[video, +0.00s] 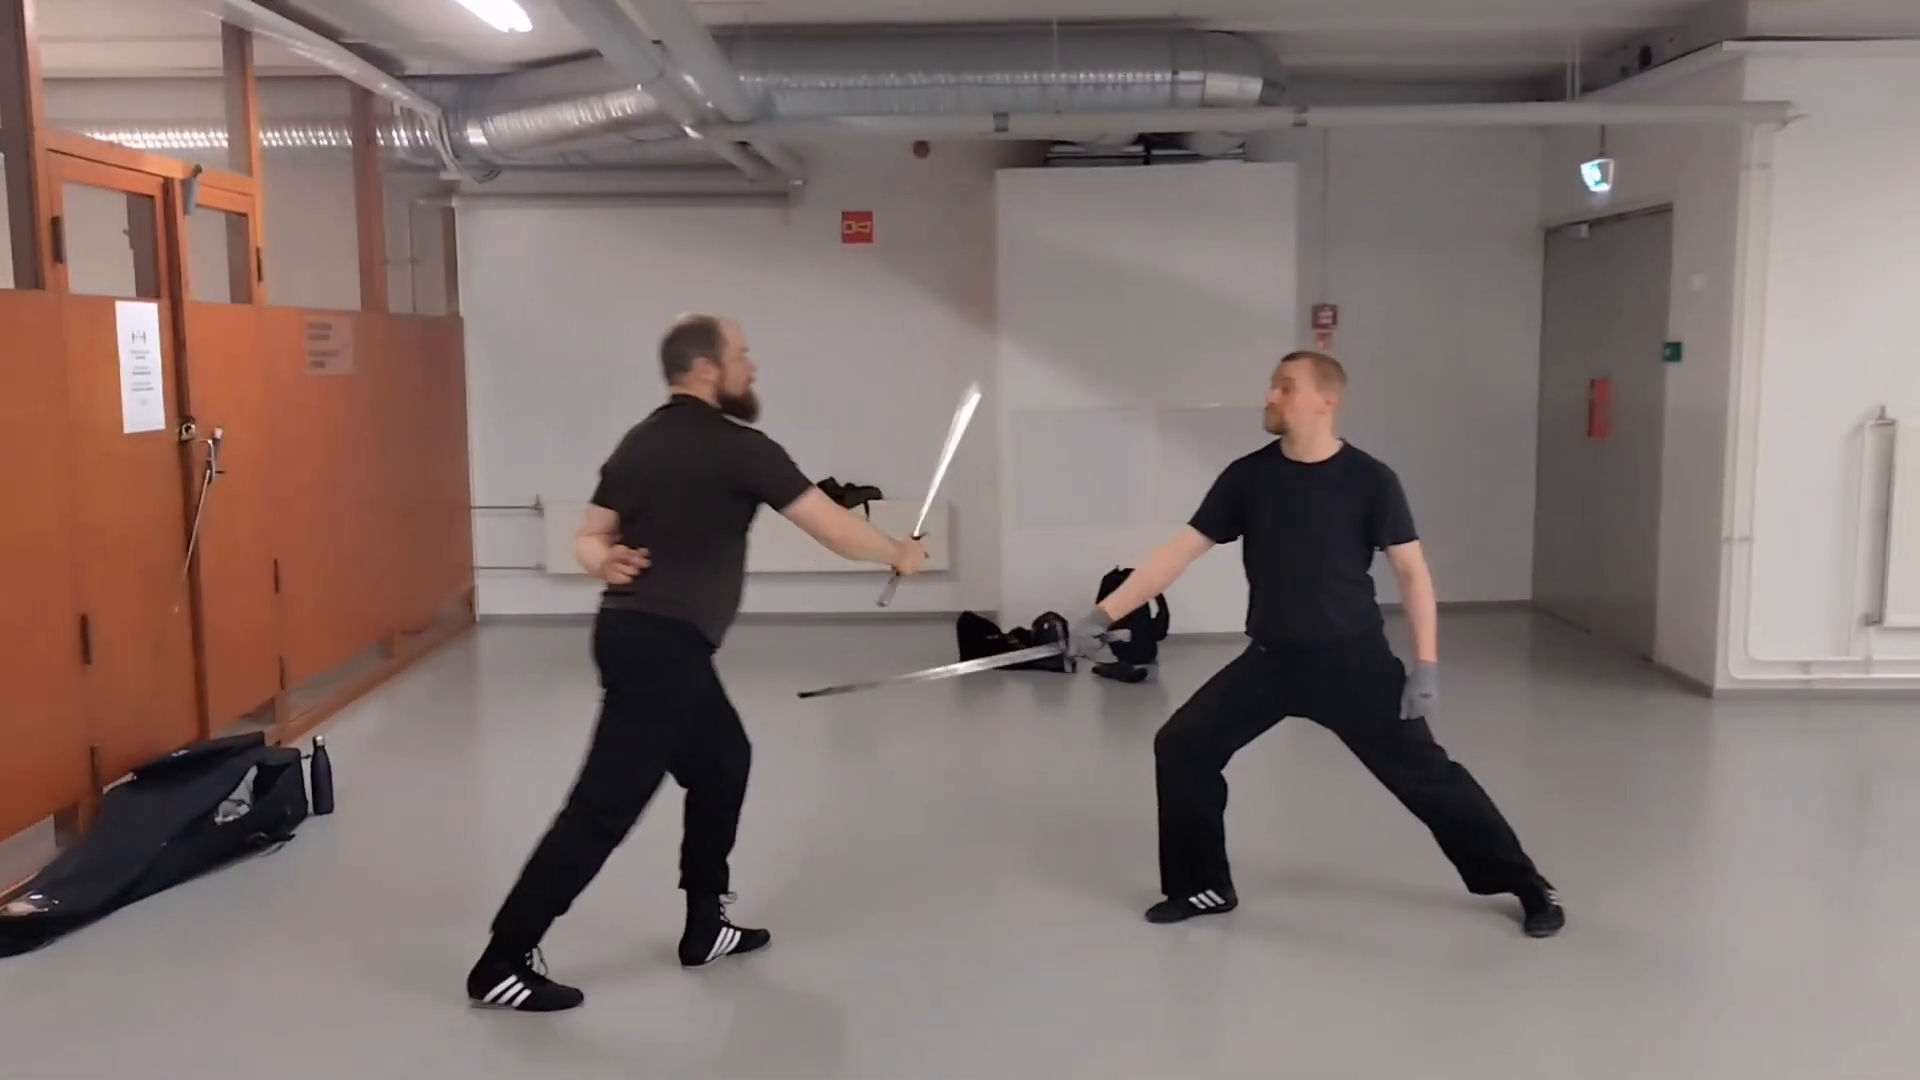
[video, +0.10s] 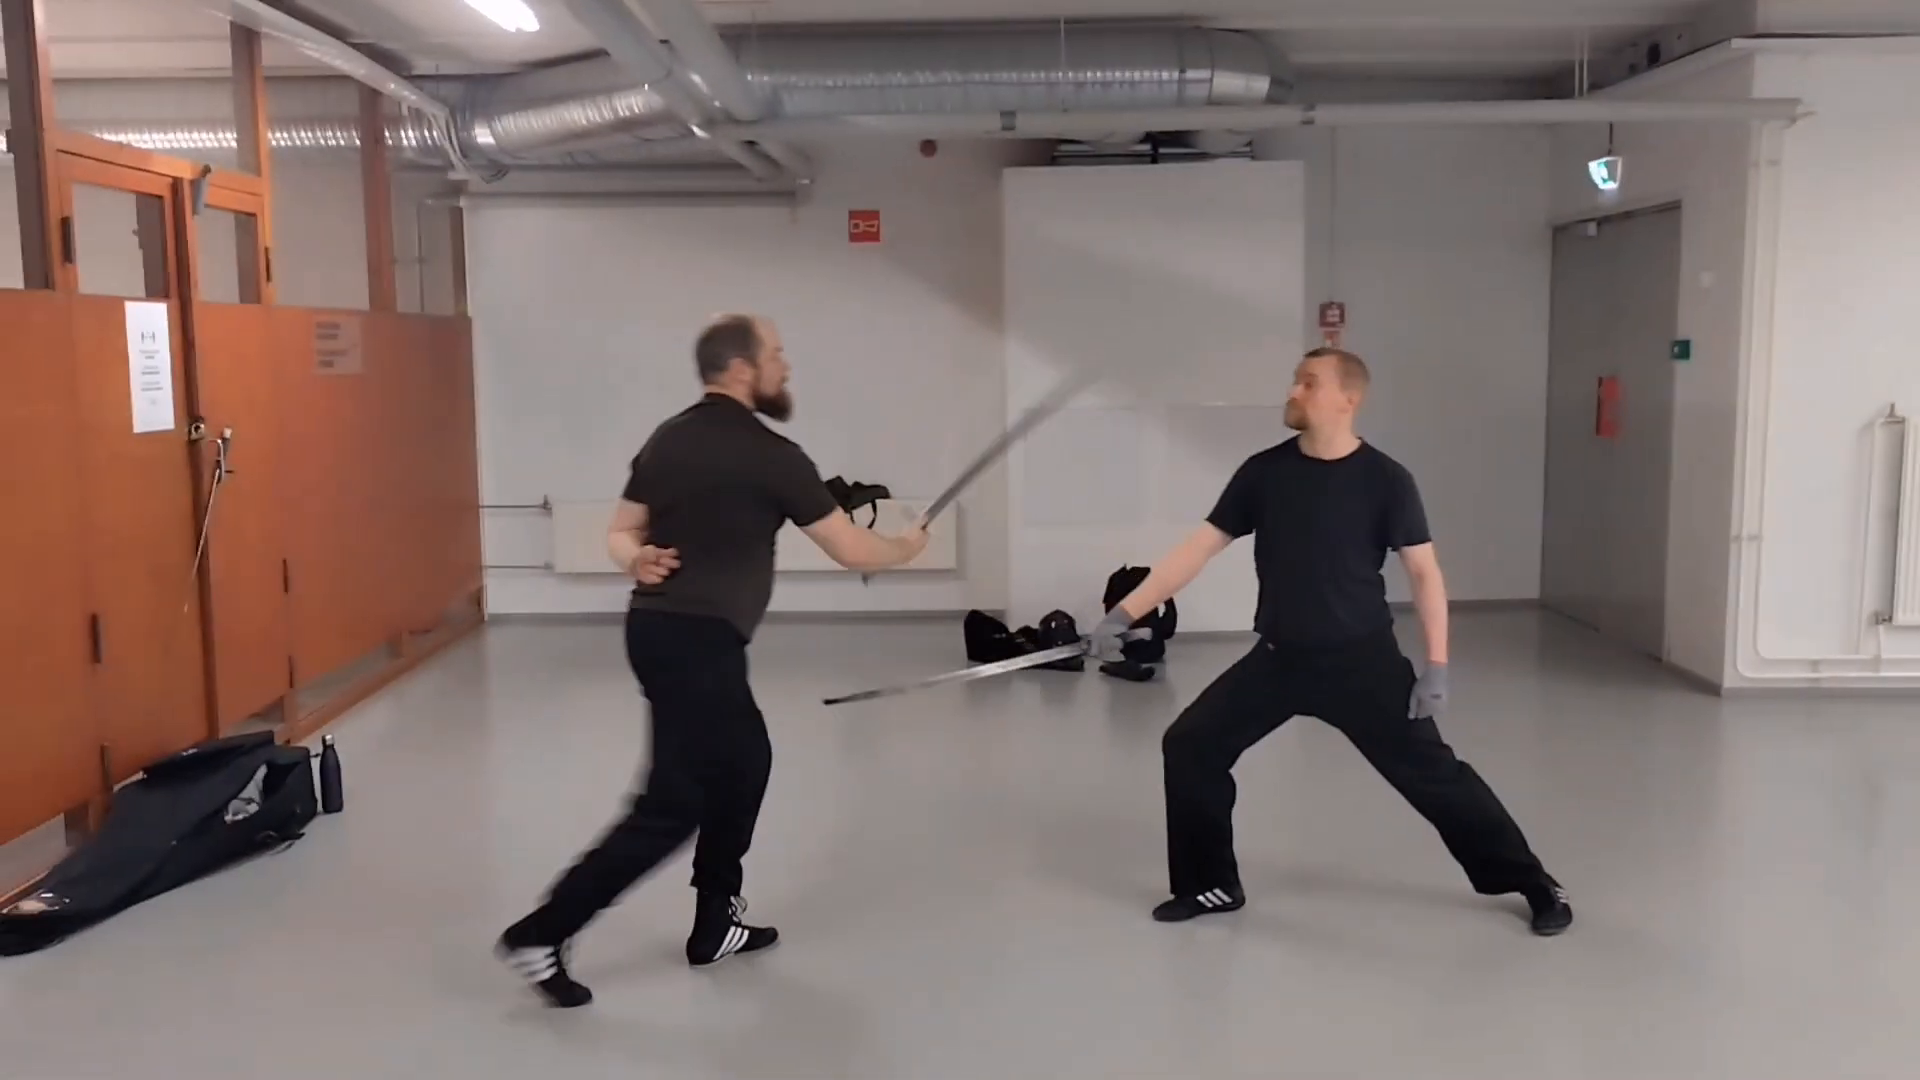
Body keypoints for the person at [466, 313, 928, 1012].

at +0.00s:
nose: (754, 368)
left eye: (749, 355)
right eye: (743, 357)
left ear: (686, 374)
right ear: (705, 371)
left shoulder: (643, 441)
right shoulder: (740, 446)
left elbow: (590, 540)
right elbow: (837, 530)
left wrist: (607, 559)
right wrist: (896, 553)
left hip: (630, 632)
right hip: (666, 643)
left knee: (722, 760)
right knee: (602, 808)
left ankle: (705, 927)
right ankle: (501, 965)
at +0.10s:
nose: (787, 367)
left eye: (782, 355)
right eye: (777, 357)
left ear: (722, 374)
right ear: (741, 370)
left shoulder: (670, 439)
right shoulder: (770, 452)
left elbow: (623, 534)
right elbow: (855, 550)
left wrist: (639, 556)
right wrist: (910, 545)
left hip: (659, 629)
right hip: (701, 638)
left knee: (744, 761)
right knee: (680, 798)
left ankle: (715, 924)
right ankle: (540, 934)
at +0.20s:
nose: (818, 366)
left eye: (814, 353)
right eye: (809, 355)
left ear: (752, 370)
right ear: (776, 368)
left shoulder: (693, 433)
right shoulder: (801, 453)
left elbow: (644, 519)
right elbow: (872, 544)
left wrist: (657, 549)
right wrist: (929, 526)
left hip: (672, 624)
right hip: (728, 630)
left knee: (734, 777)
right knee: (767, 796)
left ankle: (718, 925)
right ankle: (629, 915)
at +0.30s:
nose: (847, 366)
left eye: (844, 354)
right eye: (839, 355)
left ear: (780, 366)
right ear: (807, 365)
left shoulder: (715, 426)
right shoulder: (825, 450)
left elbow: (661, 508)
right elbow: (895, 533)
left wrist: (679, 544)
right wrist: (957, 513)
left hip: (688, 622)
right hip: (752, 628)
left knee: (743, 771)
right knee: (833, 774)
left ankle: (713, 924)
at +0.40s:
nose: (872, 369)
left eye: (870, 357)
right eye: (866, 357)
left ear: (806, 366)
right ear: (834, 365)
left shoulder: (737, 424)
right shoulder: (849, 449)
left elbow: (678, 503)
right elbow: (923, 527)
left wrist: (701, 543)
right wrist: (987, 507)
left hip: (714, 628)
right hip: (782, 629)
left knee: (749, 773)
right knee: (879, 756)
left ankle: (707, 923)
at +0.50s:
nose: (901, 372)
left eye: (899, 360)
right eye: (894, 361)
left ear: (835, 370)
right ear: (861, 369)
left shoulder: (766, 429)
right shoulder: (880, 453)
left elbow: (706, 509)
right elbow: (951, 532)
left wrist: (735, 549)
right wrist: (1011, 505)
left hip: (746, 631)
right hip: (815, 633)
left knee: (763, 771)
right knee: (913, 757)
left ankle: (700, 920)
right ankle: (1003, 902)